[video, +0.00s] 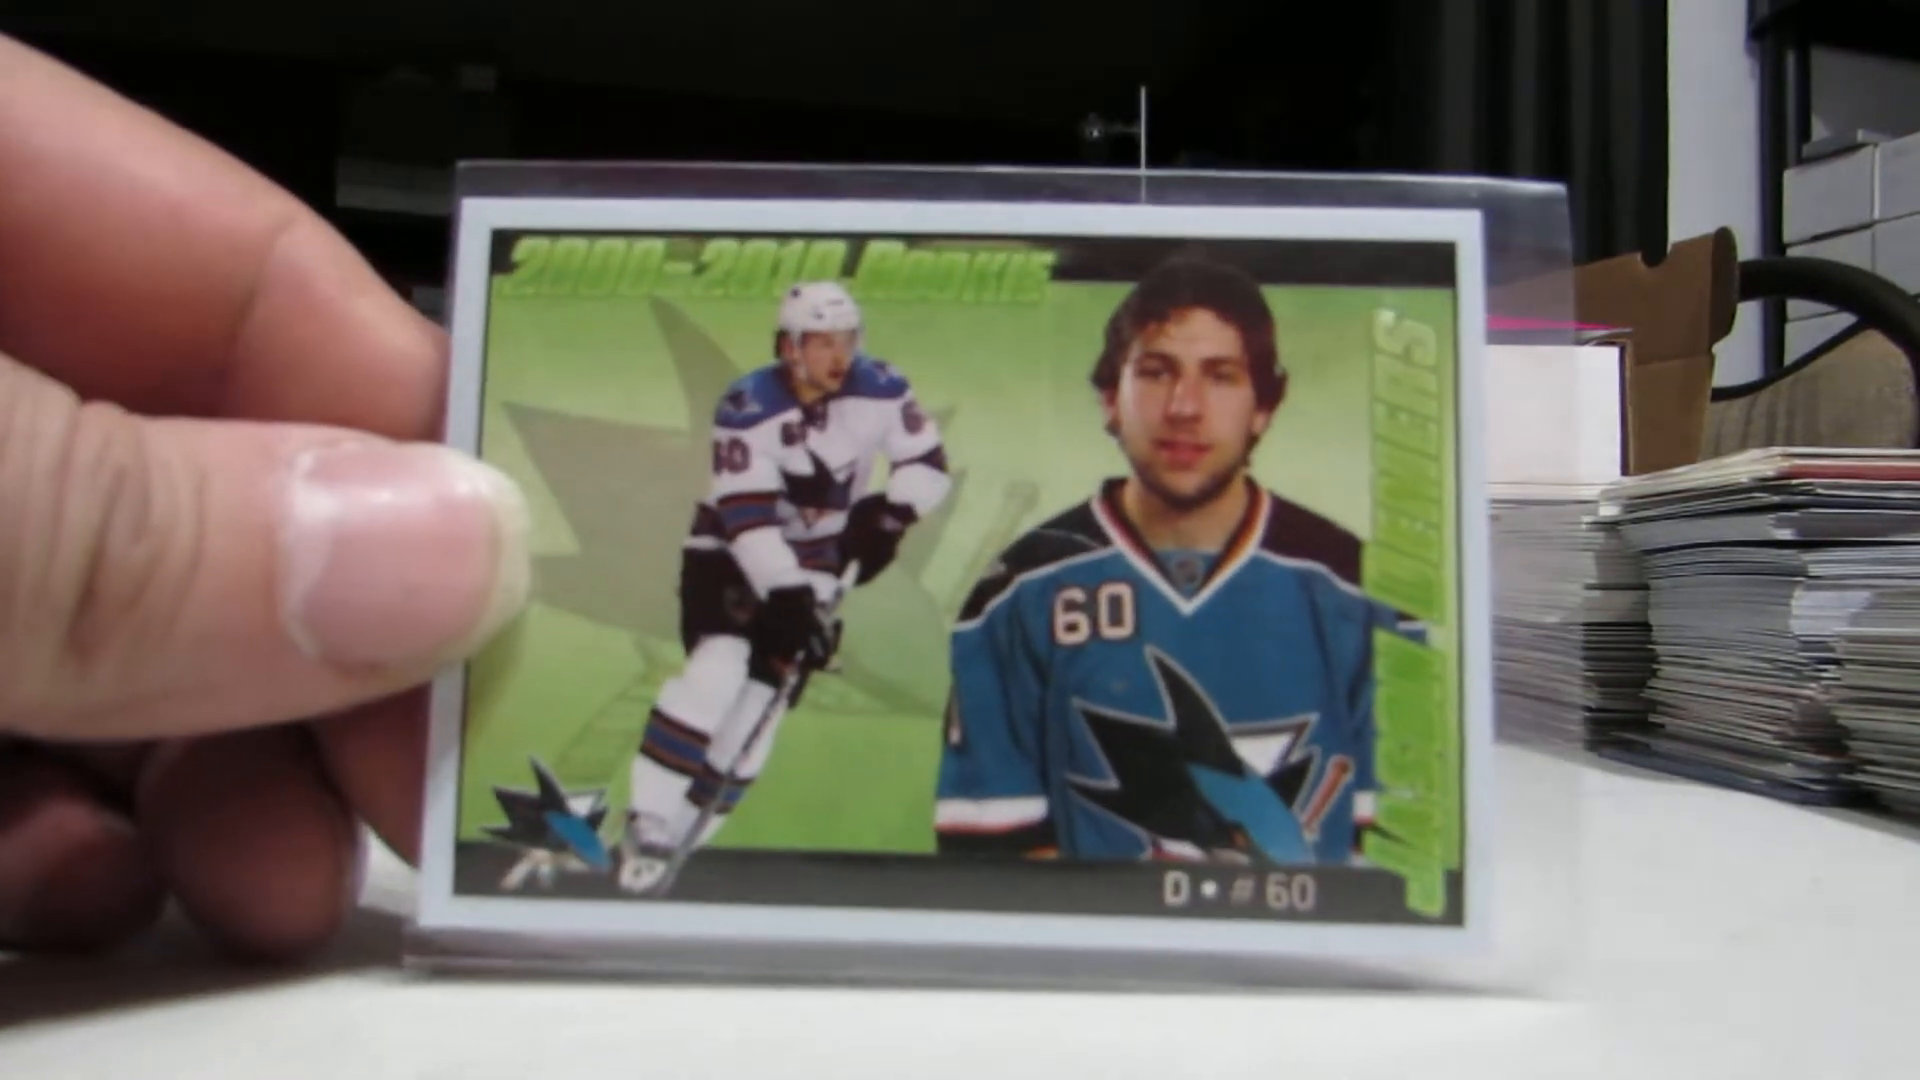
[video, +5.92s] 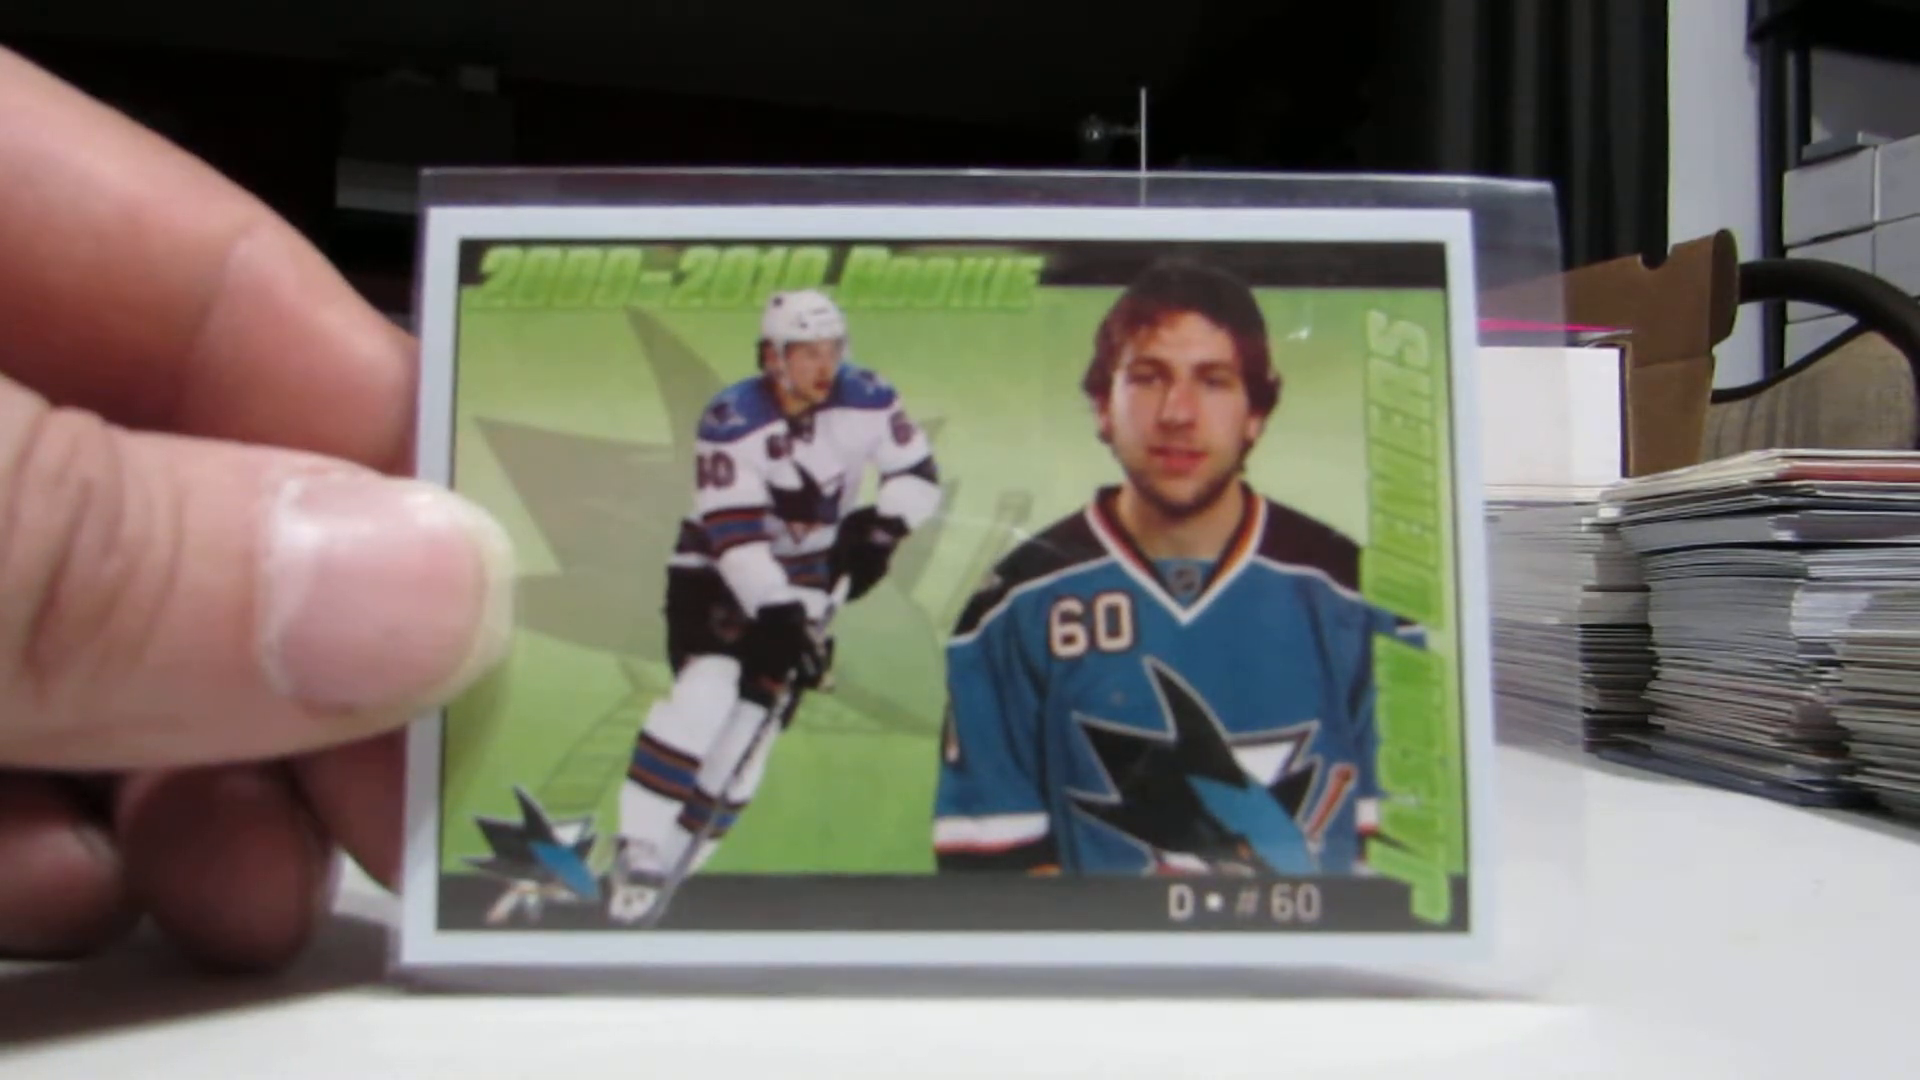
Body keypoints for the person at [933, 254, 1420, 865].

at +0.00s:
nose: (1184, 405)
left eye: (1220, 376)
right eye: (1155, 371)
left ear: (1263, 408)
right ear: (1111, 401)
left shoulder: (1354, 581)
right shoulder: (1022, 592)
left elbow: (1394, 842)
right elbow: (986, 862)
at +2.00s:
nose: (1175, 409)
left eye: (1210, 379)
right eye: (1146, 375)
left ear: (1254, 412)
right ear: (1101, 404)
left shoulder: (1348, 585)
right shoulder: (1015, 600)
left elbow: (1393, 852)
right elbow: (989, 874)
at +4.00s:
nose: (1176, 411)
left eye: (1211, 381)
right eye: (1146, 378)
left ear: (1254, 413)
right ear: (1102, 407)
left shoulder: (1354, 589)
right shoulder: (1017, 604)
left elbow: (1400, 851)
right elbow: (992, 872)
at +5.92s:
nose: (1177, 411)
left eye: (1212, 381)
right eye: (1147, 377)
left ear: (1255, 416)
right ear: (1103, 408)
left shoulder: (1355, 589)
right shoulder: (1017, 605)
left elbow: (1402, 856)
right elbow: (993, 877)